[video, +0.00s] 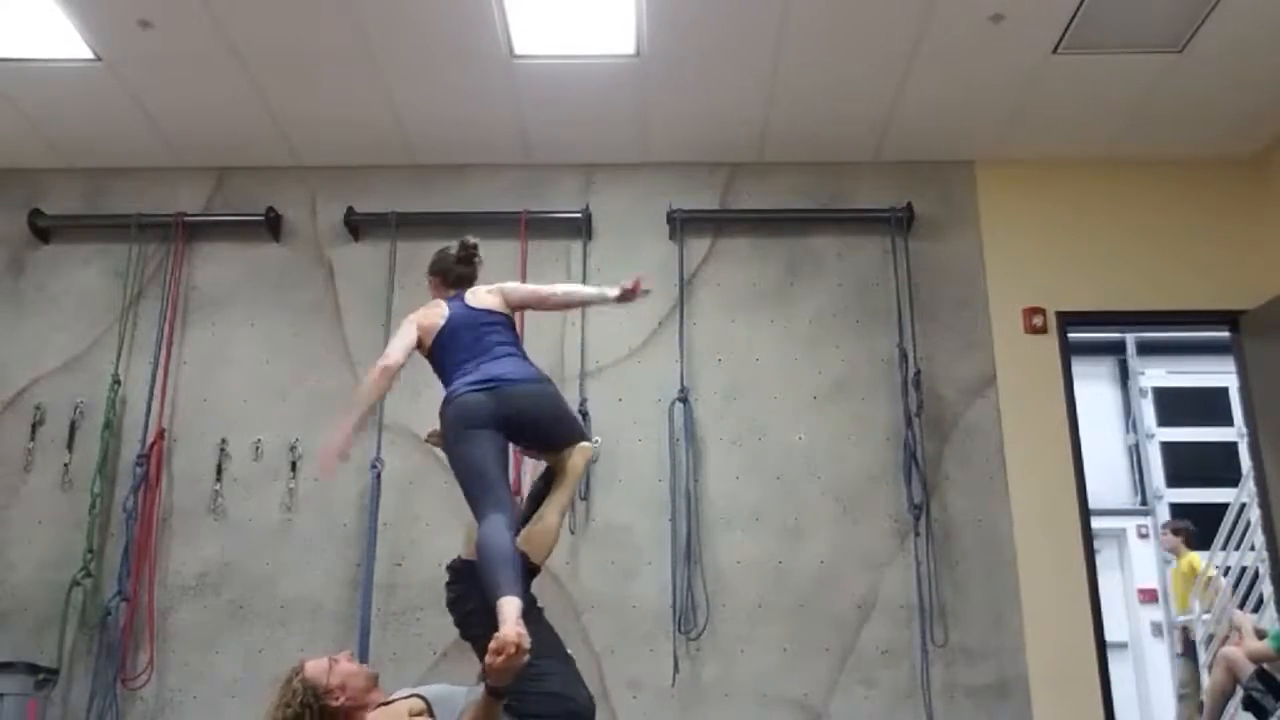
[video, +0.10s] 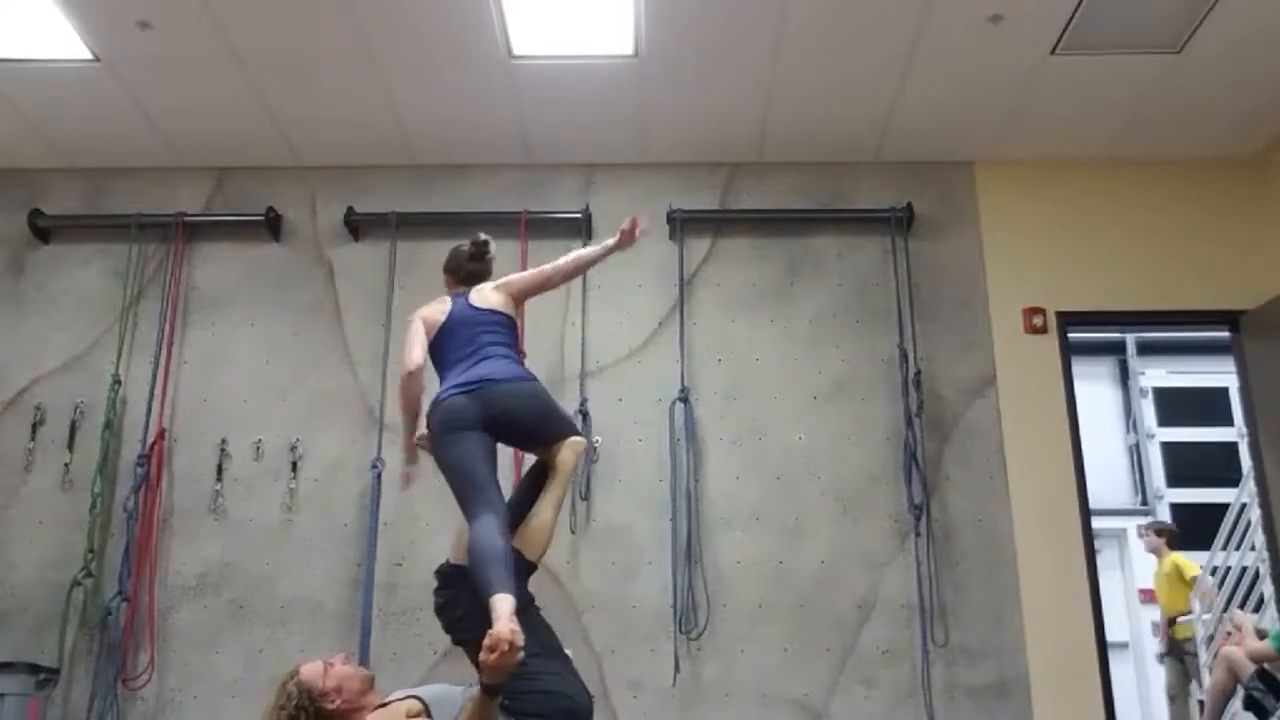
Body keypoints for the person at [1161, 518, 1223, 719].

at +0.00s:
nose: (1161, 539)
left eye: (1166, 535)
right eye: (1161, 535)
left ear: (1180, 537)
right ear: (1175, 539)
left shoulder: (1193, 561)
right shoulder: (1176, 566)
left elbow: (1217, 585)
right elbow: (1179, 599)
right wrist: (1178, 630)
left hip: (1196, 629)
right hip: (1182, 630)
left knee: (1190, 685)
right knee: (1185, 685)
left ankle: (1191, 714)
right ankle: (1187, 713)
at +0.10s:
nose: (1144, 540)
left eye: (1148, 536)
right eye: (1144, 536)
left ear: (1163, 538)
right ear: (1154, 540)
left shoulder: (1177, 561)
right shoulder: (1159, 568)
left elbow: (1205, 584)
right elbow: (1166, 608)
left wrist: (1204, 615)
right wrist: (1163, 642)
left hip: (1190, 635)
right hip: (1172, 637)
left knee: (1205, 688)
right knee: (1175, 692)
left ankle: (1212, 716)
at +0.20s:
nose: (1120, 540)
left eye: (1124, 535)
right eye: (1120, 536)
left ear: (1139, 538)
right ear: (1133, 539)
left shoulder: (1158, 556)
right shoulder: (1134, 573)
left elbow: (1192, 574)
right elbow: (1137, 610)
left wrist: (1191, 608)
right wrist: (1135, 643)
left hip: (1180, 623)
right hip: (1160, 628)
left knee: (1169, 680)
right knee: (1168, 683)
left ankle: (1194, 713)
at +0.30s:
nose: (1108, 540)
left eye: (1112, 535)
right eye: (1108, 536)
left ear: (1127, 539)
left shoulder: (1146, 559)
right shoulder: (1121, 574)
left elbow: (1184, 577)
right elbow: (1125, 609)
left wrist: (1184, 613)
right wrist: (1123, 640)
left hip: (1169, 623)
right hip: (1151, 628)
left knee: (1152, 676)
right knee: (1170, 685)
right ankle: (1176, 716)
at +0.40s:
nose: (1105, 527)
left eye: (1110, 523)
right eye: (1106, 523)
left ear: (1125, 528)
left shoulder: (1140, 551)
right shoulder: (1113, 562)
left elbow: (1169, 581)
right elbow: (1116, 599)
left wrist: (1161, 618)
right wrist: (1114, 632)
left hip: (1151, 617)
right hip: (1133, 621)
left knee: (1150, 682)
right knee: (1144, 682)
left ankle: (1167, 716)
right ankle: (1162, 715)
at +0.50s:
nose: (1099, 523)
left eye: (1104, 520)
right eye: (1099, 519)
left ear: (1119, 524)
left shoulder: (1133, 550)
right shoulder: (1103, 557)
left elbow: (1157, 585)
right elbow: (1107, 590)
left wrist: (1148, 619)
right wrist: (1106, 617)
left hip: (1138, 619)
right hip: (1116, 622)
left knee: (1153, 680)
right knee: (1115, 678)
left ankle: (1163, 715)